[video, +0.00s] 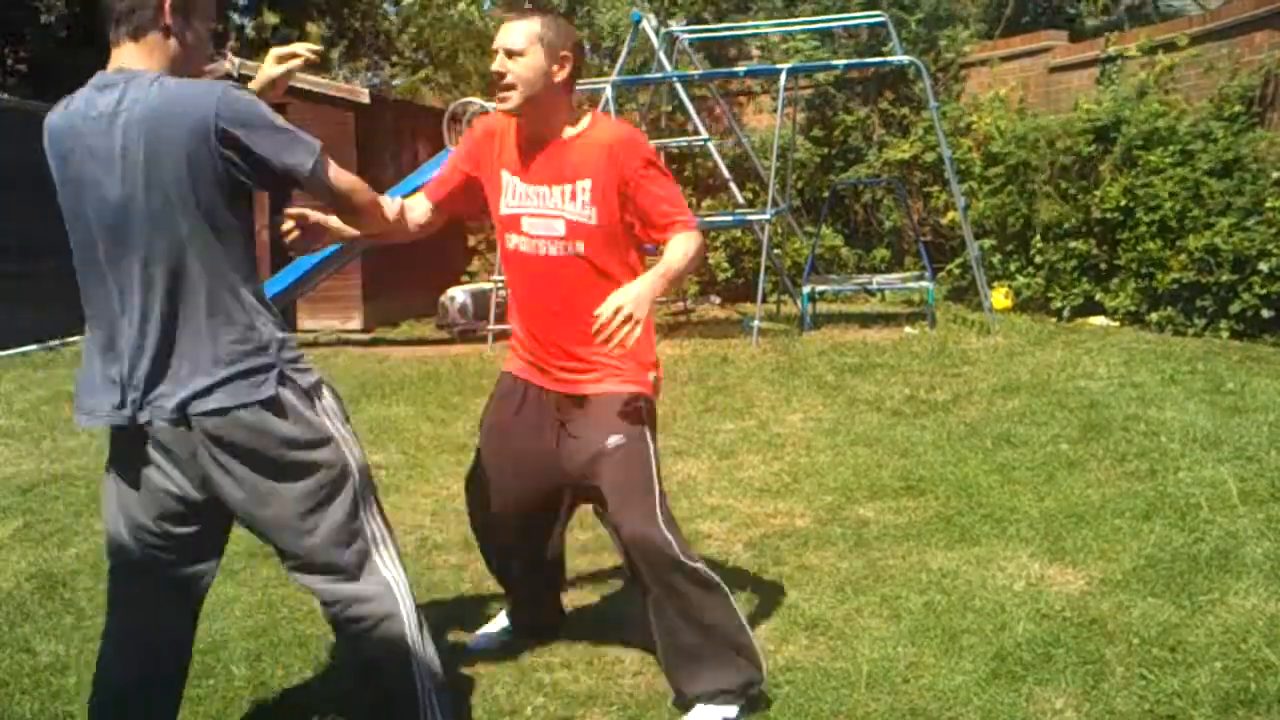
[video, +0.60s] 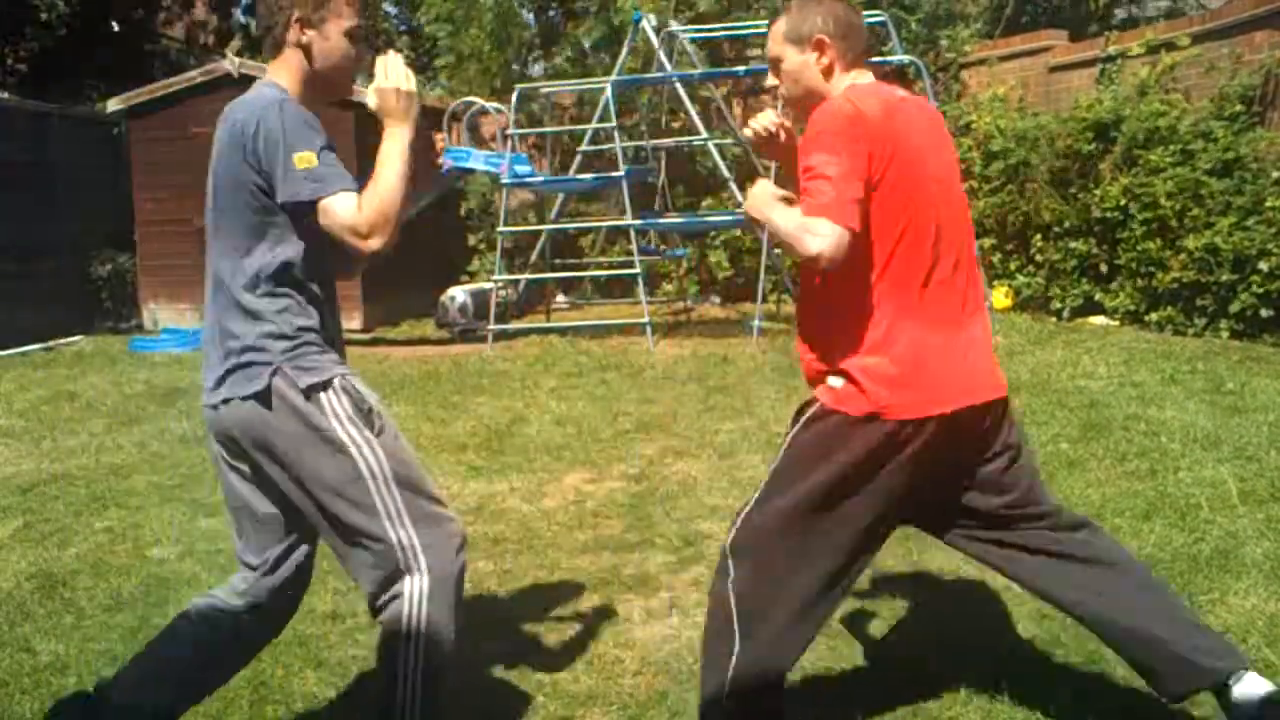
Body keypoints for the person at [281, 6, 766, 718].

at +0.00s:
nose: (497, 65)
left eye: (513, 54)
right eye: (495, 53)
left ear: (561, 66)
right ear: (493, 62)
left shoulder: (615, 144)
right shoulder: (487, 138)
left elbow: (686, 236)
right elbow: (419, 212)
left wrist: (649, 286)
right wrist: (346, 227)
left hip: (610, 371)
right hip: (528, 367)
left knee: (640, 530)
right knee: (497, 500)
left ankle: (720, 685)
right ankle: (531, 610)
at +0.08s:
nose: (509, 44)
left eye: (525, 31)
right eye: (509, 31)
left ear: (574, 42)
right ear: (537, 43)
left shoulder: (629, 110)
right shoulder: (523, 121)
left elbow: (704, 196)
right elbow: (491, 220)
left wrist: (641, 221)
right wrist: (436, 285)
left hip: (638, 358)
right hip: (567, 351)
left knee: (660, 531)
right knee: (542, 490)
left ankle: (723, 689)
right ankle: (527, 617)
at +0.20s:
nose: (550, 16)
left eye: (564, 3)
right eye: (547, 7)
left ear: (609, 6)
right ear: (599, 18)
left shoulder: (637, 46)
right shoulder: (614, 79)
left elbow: (651, 79)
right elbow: (662, 188)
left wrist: (525, 44)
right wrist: (599, 215)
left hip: (687, 314)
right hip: (654, 314)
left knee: (659, 502)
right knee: (605, 449)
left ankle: (732, 690)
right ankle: (651, 611)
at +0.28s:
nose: (584, 26)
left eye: (589, 11)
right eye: (580, 15)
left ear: (632, 8)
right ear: (656, 14)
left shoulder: (653, 47)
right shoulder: (698, 85)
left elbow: (575, 54)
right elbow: (678, 208)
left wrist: (457, 11)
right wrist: (600, 175)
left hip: (701, 317)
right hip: (737, 314)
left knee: (659, 511)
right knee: (701, 505)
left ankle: (733, 701)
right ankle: (742, 694)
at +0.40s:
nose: (651, 81)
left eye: (656, 66)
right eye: (649, 67)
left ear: (698, 59)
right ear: (725, 58)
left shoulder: (704, 110)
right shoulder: (781, 117)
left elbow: (576, 130)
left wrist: (485, 72)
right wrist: (633, 122)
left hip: (759, 381)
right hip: (825, 374)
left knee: (687, 574)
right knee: (798, 536)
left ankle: (735, 710)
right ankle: (933, 585)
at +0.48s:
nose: (686, 97)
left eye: (689, 82)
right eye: (683, 85)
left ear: (731, 73)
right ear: (755, 69)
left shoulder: (745, 127)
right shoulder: (814, 126)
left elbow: (630, 181)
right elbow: (739, 193)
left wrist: (560, 147)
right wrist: (681, 145)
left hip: (788, 399)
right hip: (863, 392)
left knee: (689, 566)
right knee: (859, 542)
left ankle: (724, 705)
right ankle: (1039, 590)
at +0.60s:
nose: (771, 83)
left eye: (776, 65)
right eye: (769, 67)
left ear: (824, 55)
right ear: (837, 55)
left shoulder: (843, 115)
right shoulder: (916, 111)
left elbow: (823, 243)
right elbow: (876, 218)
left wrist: (767, 207)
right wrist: (797, 155)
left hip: (879, 396)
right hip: (966, 388)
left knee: (758, 564)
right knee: (1056, 543)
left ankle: (731, 705)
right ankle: (1237, 679)